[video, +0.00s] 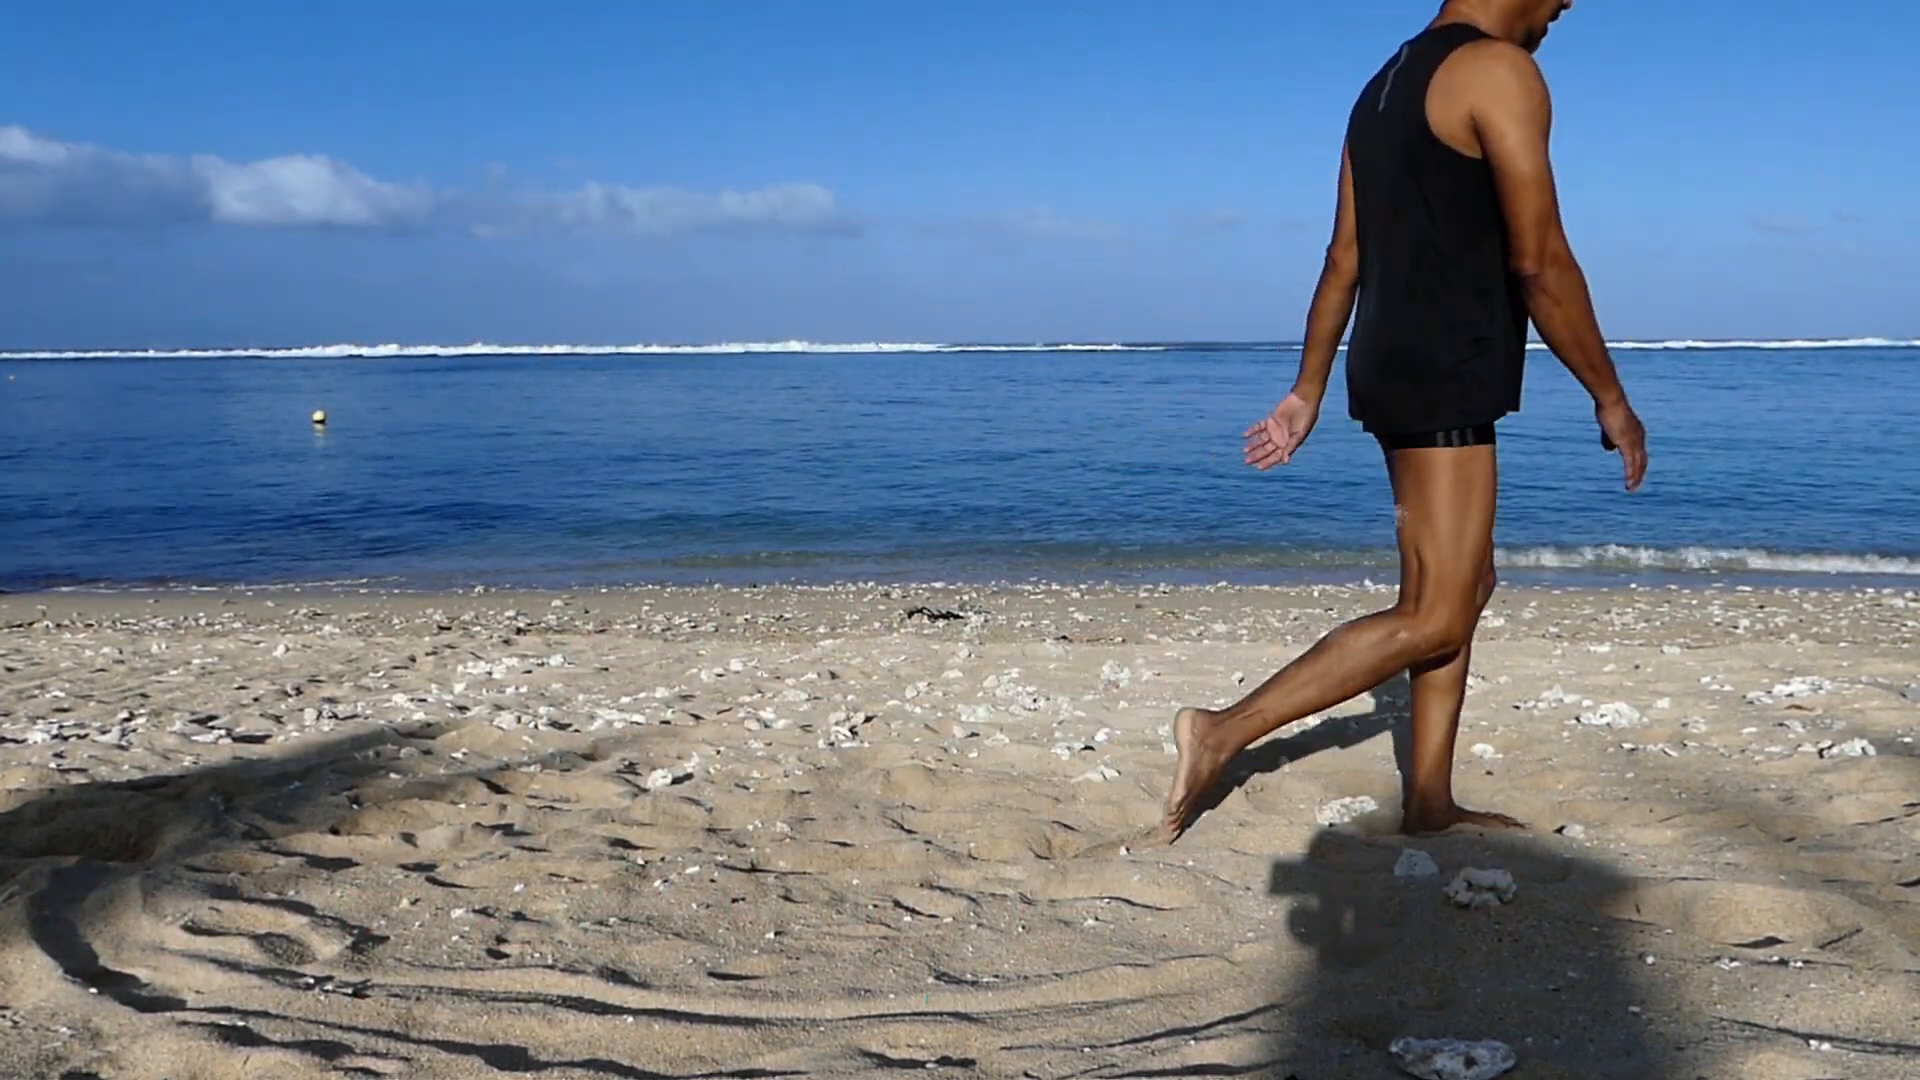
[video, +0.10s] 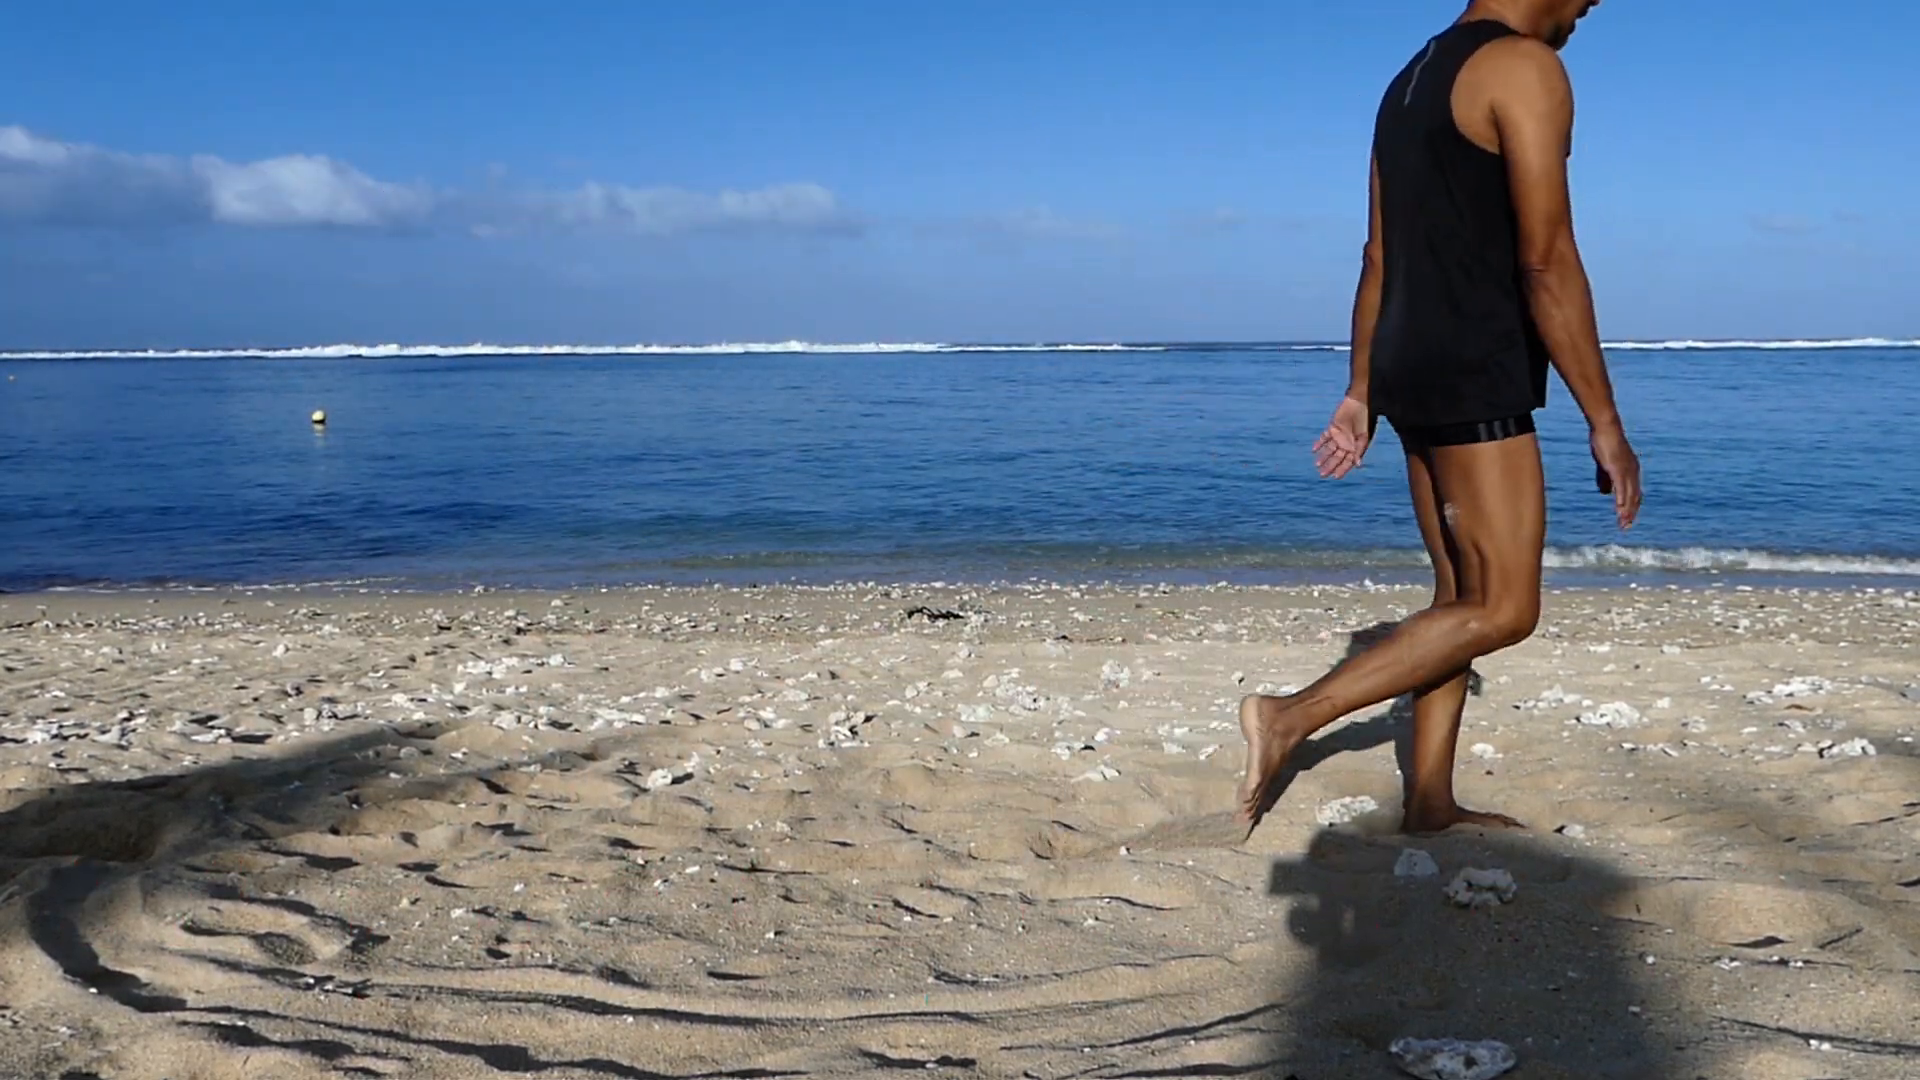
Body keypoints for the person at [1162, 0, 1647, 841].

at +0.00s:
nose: (1555, 21)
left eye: (1559, 10)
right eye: (1557, 8)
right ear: (1532, 0)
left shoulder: (1386, 86)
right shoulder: (1505, 74)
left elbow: (1345, 257)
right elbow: (1541, 263)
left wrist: (1308, 388)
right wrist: (1612, 399)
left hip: (1393, 372)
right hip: (1446, 377)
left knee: (1466, 585)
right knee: (1435, 622)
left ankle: (1428, 804)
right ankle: (1221, 734)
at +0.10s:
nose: (1582, 17)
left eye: (1585, 7)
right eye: (1584, 5)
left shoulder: (1412, 79)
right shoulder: (1529, 71)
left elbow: (1380, 255)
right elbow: (1546, 263)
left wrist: (1362, 388)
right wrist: (1604, 419)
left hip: (1409, 366)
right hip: (1476, 374)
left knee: (1459, 596)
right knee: (1508, 609)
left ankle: (1430, 804)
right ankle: (1289, 719)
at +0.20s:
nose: (1625, 7)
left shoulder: (1459, 65)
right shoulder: (1568, 60)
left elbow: (1453, 245)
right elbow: (1562, 251)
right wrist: (1590, 418)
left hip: (1445, 354)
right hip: (1512, 362)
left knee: (1466, 584)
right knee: (1602, 580)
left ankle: (1429, 804)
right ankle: (1391, 713)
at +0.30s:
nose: (1726, 5)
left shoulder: (1570, 51)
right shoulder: (1669, 49)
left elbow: (1571, 223)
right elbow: (1610, 198)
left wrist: (1669, 340)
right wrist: (1586, 347)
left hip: (1529, 343)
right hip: (1620, 350)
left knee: (1480, 581)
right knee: (1756, 542)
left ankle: (1436, 796)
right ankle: (1694, 768)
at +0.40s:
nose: (1868, 6)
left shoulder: (1689, 66)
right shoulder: (1813, 47)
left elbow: (1736, 234)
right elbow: (1739, 172)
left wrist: (1859, 313)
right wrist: (1687, 293)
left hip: (1656, 341)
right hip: (1756, 350)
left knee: (1564, 569)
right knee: (1844, 582)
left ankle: (1461, 770)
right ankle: (1876, 795)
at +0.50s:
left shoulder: (1789, 73)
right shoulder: (1910, 48)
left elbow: (1779, 234)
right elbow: (1903, 213)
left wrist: (1782, 354)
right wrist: (1901, 369)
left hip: (1780, 355)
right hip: (1872, 358)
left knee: (1735, 571)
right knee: (1903, 600)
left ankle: (1578, 722)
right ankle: (1881, 804)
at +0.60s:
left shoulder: (1897, 69)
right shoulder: (1900, 69)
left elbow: (1881, 220)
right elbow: (1882, 223)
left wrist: (1882, 341)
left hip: (1890, 345)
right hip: (1915, 351)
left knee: (1919, 558)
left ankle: (1817, 719)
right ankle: (1884, 798)